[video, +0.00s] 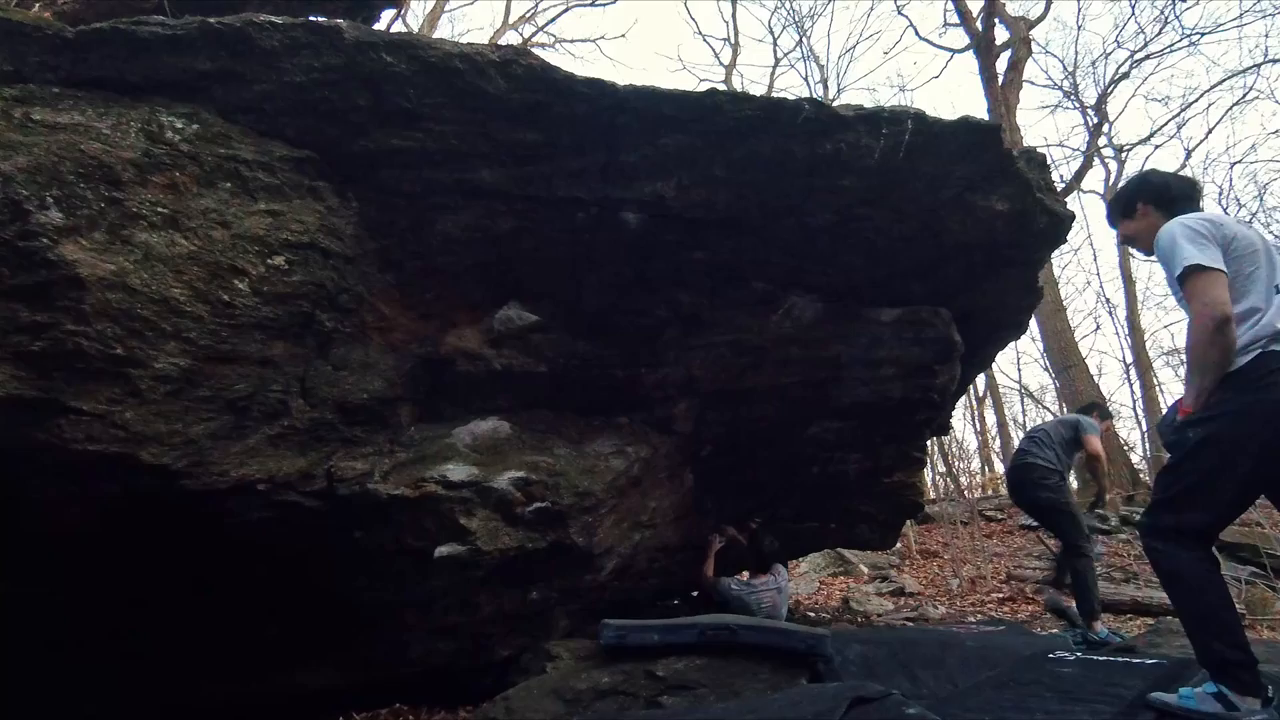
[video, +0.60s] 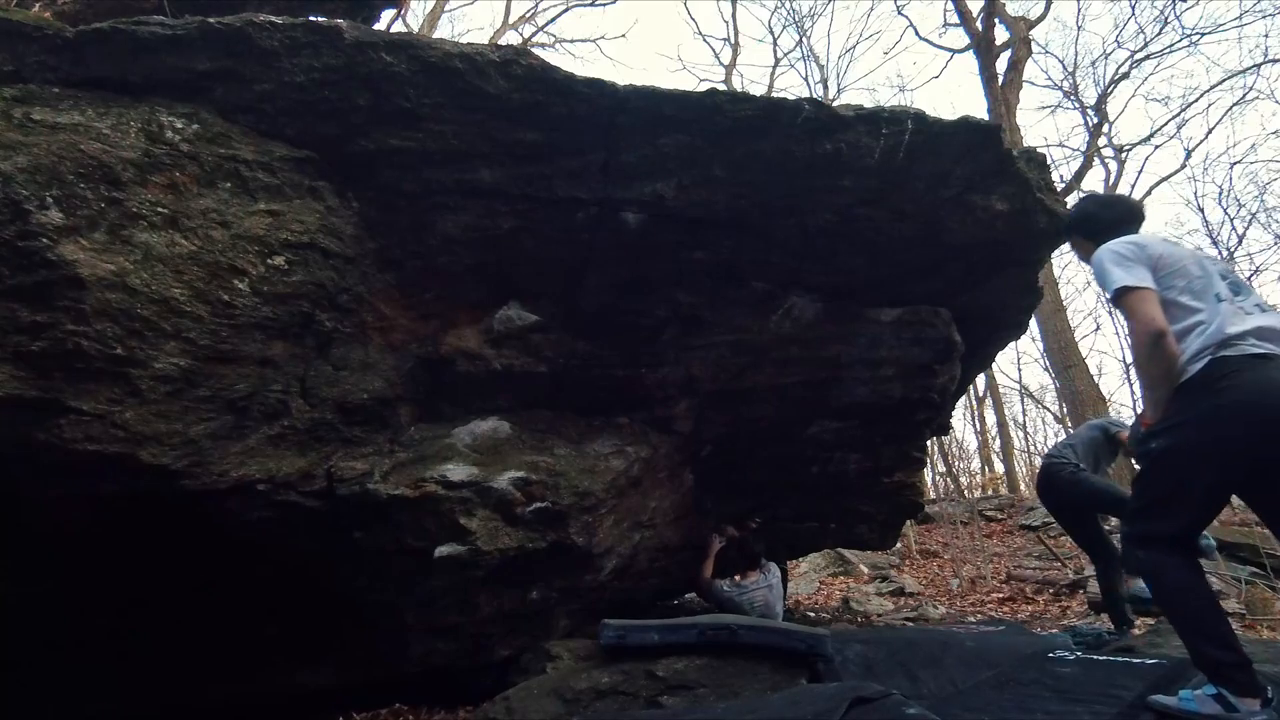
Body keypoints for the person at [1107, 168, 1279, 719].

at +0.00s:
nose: (1125, 240)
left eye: (1124, 226)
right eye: (1120, 231)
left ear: (1148, 209)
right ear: (1170, 206)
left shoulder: (1181, 229)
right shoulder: (1237, 234)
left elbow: (1216, 314)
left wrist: (1195, 400)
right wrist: (1198, 400)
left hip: (1260, 382)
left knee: (1170, 528)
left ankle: (1237, 685)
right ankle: (1239, 682)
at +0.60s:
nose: (1081, 257)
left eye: (1079, 248)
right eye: (1077, 251)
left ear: (1090, 238)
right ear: (1130, 221)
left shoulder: (1116, 248)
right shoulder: (1191, 254)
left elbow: (1154, 331)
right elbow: (1239, 323)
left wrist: (1153, 415)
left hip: (1228, 385)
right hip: (1275, 376)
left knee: (1151, 539)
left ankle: (1237, 687)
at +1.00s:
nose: (1008, 278)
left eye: (1007, 272)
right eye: (1007, 273)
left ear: (1015, 267)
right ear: (1060, 250)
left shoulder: (1032, 280)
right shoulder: (1117, 278)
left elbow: (1071, 349)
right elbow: (1175, 332)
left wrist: (1104, 425)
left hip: (1158, 399)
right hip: (1233, 388)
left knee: (1155, 560)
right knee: (1275, 545)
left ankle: (1235, 703)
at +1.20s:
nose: (991, 274)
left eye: (990, 267)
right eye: (989, 269)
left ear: (997, 262)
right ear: (1045, 247)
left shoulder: (1009, 275)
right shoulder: (1095, 268)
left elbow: (1045, 345)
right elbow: (1150, 322)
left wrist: (1080, 415)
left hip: (1135, 387)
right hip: (1203, 373)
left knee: (1160, 555)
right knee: (1255, 532)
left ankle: (1235, 704)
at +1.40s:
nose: (989, 280)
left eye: (987, 275)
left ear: (994, 269)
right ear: (1042, 253)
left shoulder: (1001, 284)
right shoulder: (1094, 268)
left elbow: (1031, 348)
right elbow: (1177, 317)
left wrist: (1077, 416)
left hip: (1134, 379)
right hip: (1201, 369)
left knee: (1161, 554)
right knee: (1214, 536)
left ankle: (1236, 705)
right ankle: (1273, 609)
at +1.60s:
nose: (996, 278)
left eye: (994, 272)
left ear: (1002, 267)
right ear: (1046, 249)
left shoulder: (1004, 285)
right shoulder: (1104, 265)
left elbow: (1028, 352)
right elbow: (1177, 320)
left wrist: (1076, 417)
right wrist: (1180, 374)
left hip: (1131, 380)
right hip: (1198, 369)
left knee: (1170, 555)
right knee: (1216, 540)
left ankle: (1234, 704)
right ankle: (1279, 663)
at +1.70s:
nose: (1000, 270)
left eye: (1000, 264)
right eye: (1000, 265)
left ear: (1009, 260)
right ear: (1053, 244)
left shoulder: (1011, 280)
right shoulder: (1110, 265)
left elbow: (1035, 348)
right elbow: (1178, 324)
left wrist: (1079, 417)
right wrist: (1183, 377)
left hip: (1127, 379)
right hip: (1195, 368)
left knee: (1172, 552)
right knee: (1228, 536)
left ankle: (1235, 701)